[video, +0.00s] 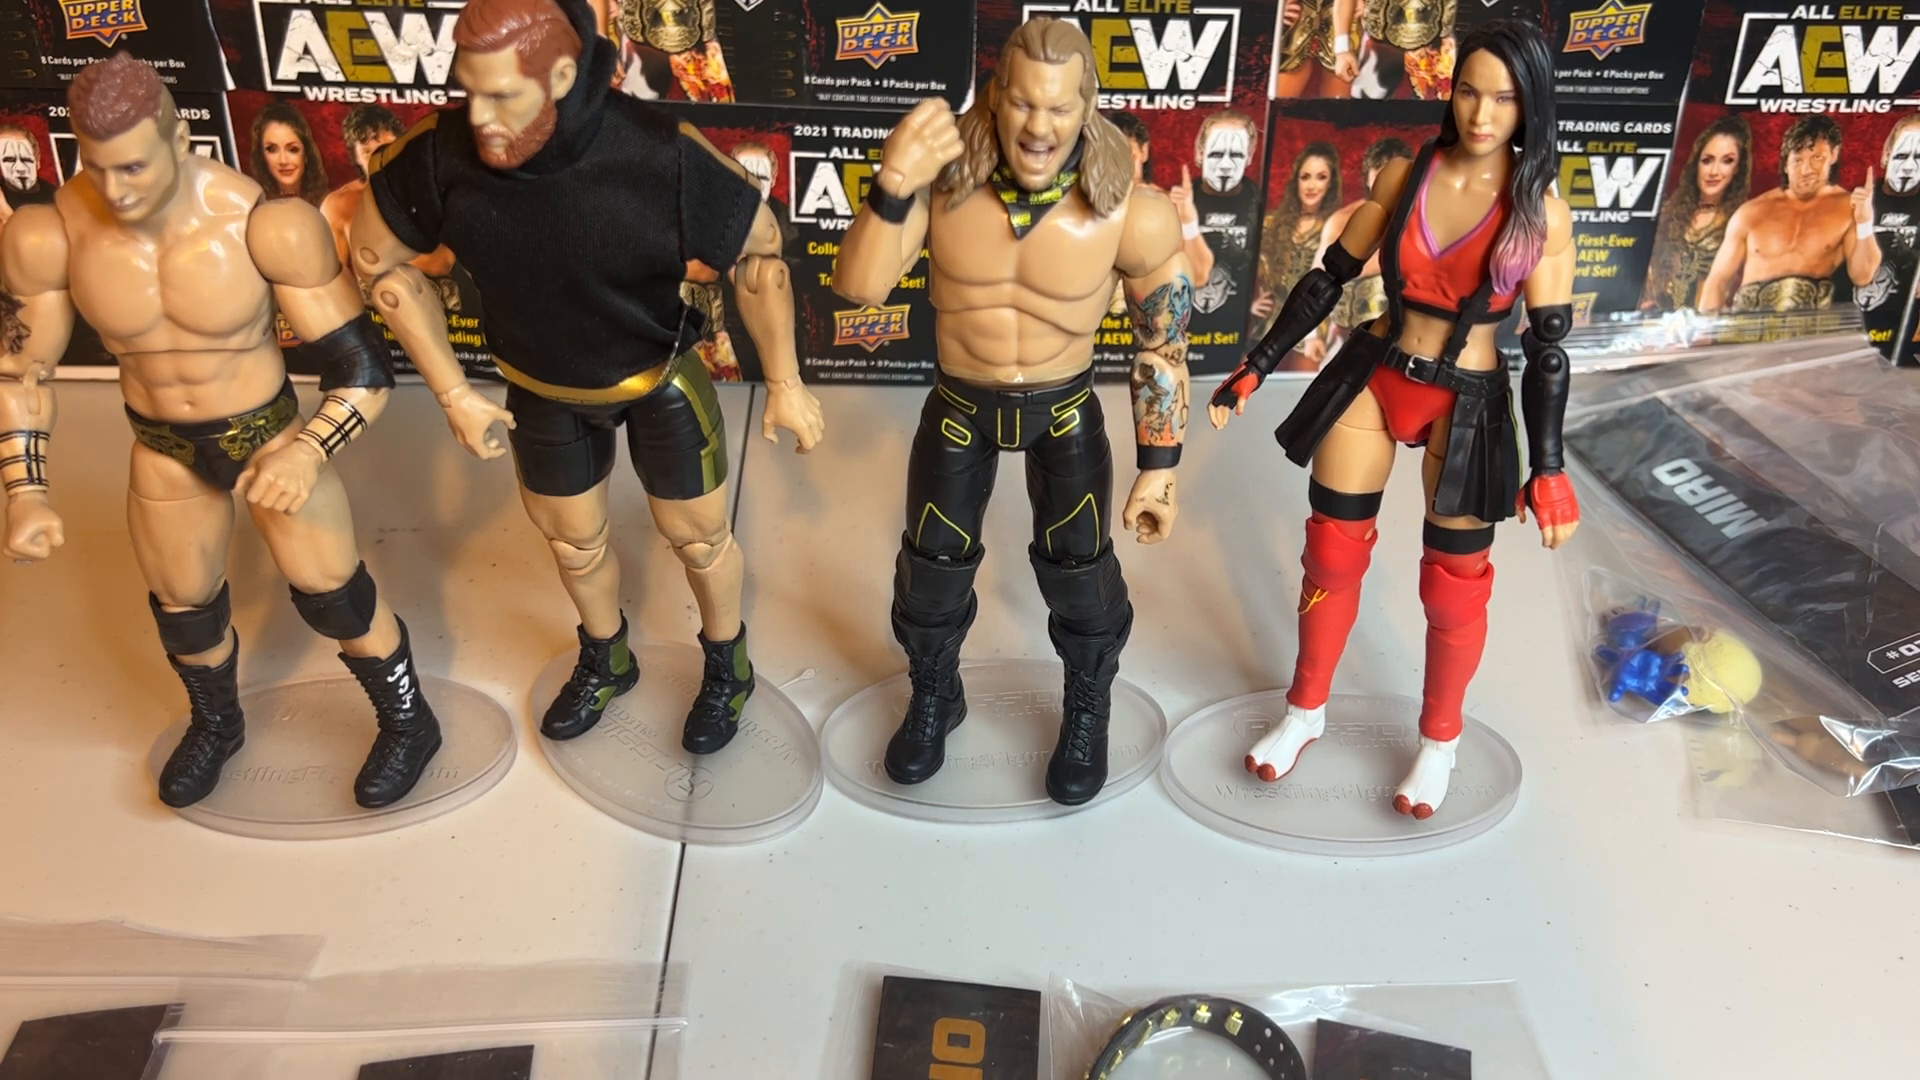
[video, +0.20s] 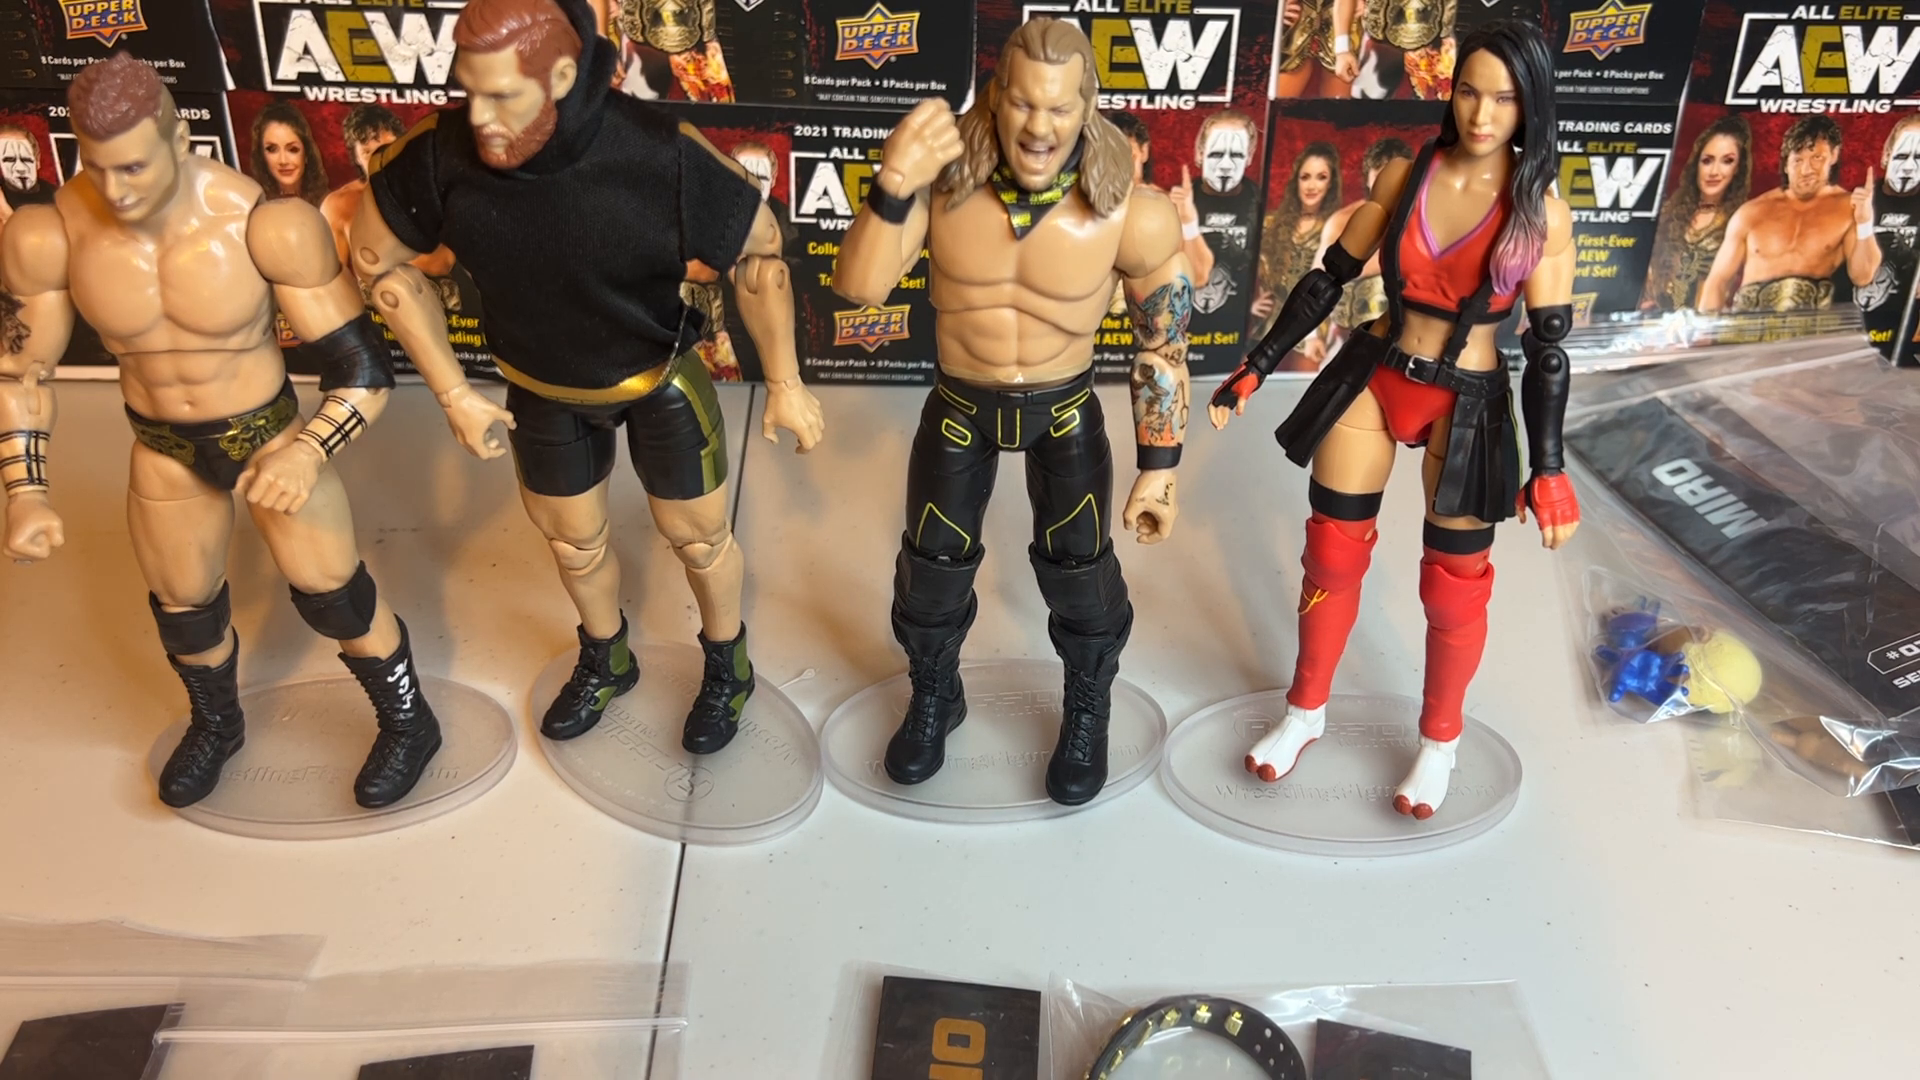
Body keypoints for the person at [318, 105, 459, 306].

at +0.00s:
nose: (379, 159)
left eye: (386, 149)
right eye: (368, 152)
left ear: (402, 147)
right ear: (355, 156)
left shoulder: (431, 191)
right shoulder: (338, 205)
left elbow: (442, 263)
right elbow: (337, 276)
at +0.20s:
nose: (380, 160)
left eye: (387, 150)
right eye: (369, 153)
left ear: (402, 147)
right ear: (356, 157)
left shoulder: (431, 191)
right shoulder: (338, 205)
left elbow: (443, 263)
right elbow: (337, 276)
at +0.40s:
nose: (379, 160)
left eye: (386, 150)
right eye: (368, 153)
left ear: (402, 148)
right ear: (356, 157)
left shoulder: (431, 191)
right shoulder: (338, 204)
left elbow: (442, 263)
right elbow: (337, 275)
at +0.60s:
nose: (379, 160)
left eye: (387, 150)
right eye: (369, 153)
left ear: (402, 148)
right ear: (355, 157)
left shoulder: (431, 191)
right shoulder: (339, 204)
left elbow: (443, 263)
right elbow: (337, 276)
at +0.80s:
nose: (380, 160)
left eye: (387, 150)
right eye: (369, 153)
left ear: (402, 147)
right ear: (356, 157)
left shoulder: (431, 191)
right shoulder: (339, 205)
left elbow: (443, 263)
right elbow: (336, 276)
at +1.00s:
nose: (380, 160)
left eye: (387, 150)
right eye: (369, 153)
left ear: (402, 147)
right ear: (356, 157)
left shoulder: (431, 191)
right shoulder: (339, 205)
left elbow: (443, 263)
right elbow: (336, 276)